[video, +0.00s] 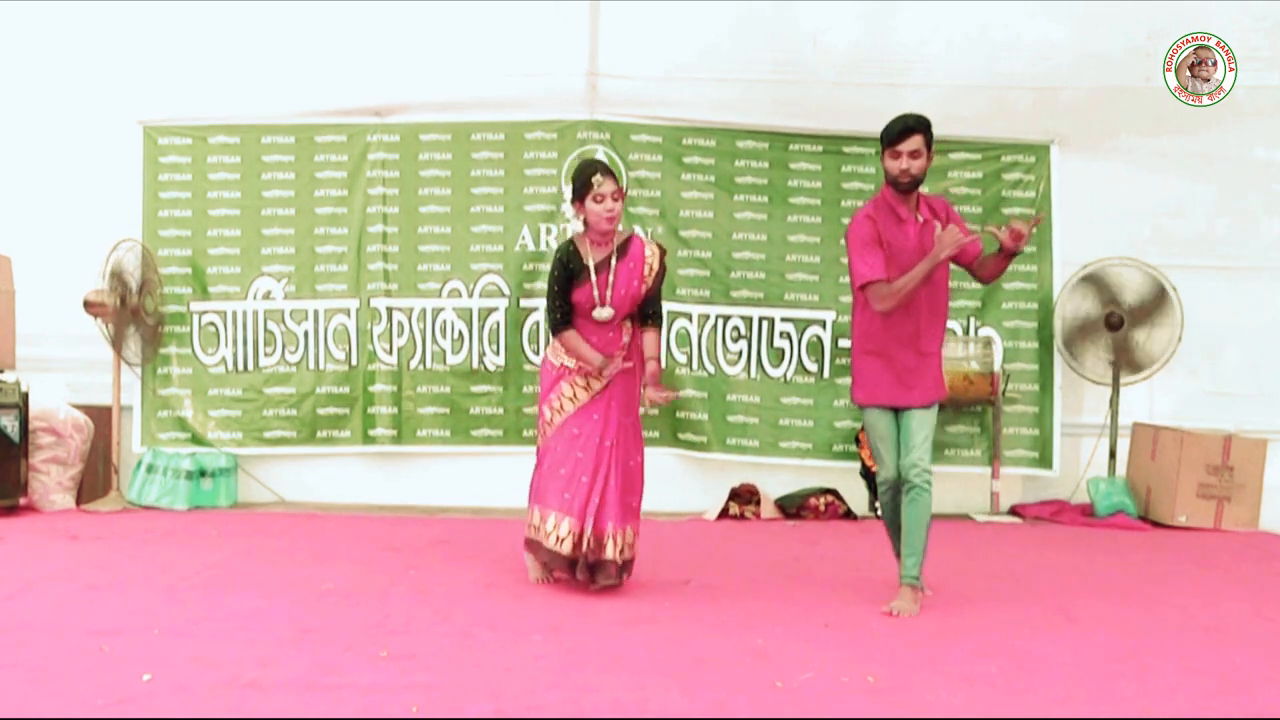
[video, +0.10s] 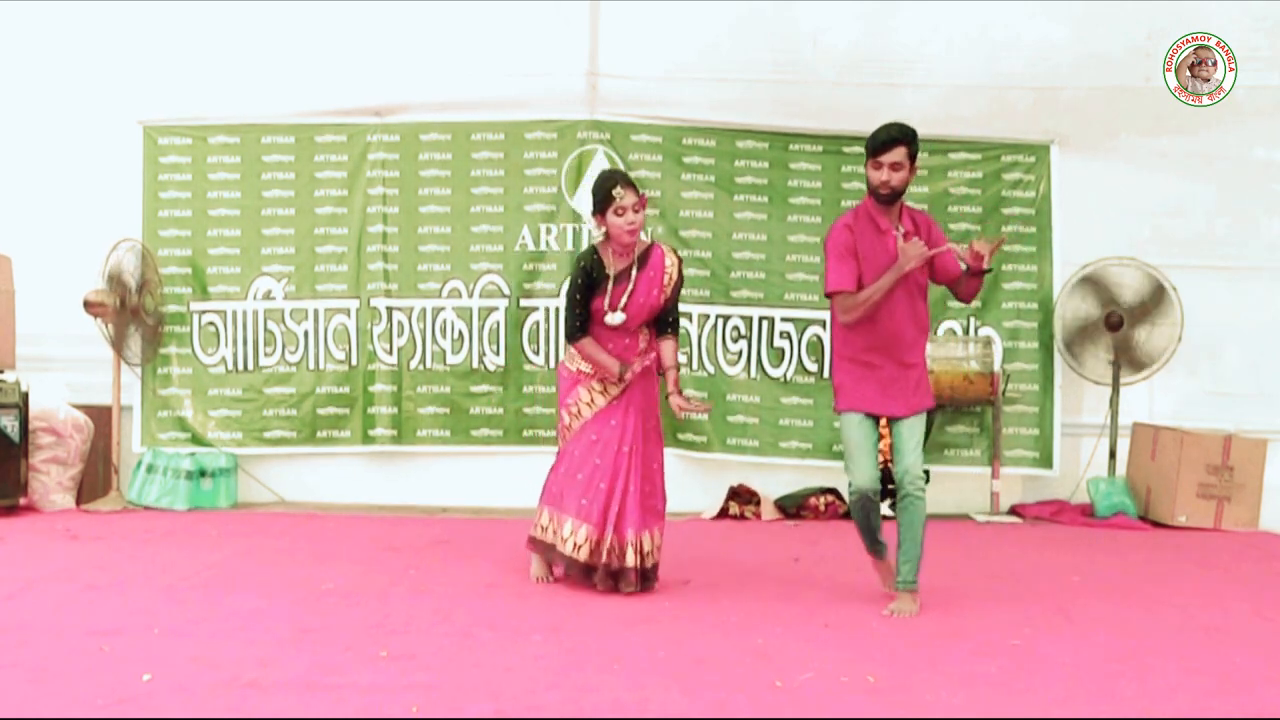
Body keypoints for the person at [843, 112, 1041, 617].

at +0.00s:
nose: (906, 164)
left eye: (916, 156)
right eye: (896, 155)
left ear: (929, 159)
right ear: (883, 158)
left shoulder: (940, 214)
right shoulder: (866, 221)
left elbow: (985, 271)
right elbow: (880, 298)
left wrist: (1007, 249)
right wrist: (934, 256)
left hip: (922, 364)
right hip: (875, 365)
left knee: (916, 470)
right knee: (891, 475)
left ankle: (911, 584)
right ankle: (909, 573)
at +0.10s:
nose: (887, 176)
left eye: (897, 167)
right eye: (879, 166)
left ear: (913, 171)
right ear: (865, 167)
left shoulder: (922, 226)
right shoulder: (845, 232)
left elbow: (964, 293)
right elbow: (846, 311)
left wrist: (977, 267)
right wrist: (900, 268)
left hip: (909, 373)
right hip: (856, 374)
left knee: (910, 477)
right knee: (863, 486)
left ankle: (908, 589)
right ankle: (878, 550)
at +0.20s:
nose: (869, 170)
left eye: (880, 162)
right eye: (862, 160)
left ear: (897, 165)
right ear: (849, 159)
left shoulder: (908, 216)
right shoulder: (829, 220)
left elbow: (953, 281)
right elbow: (828, 299)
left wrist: (966, 255)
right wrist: (881, 254)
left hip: (892, 362)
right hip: (838, 362)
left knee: (896, 475)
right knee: (844, 471)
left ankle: (901, 586)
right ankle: (856, 563)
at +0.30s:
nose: (841, 163)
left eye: (852, 155)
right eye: (833, 153)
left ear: (869, 157)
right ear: (821, 152)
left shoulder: (881, 205)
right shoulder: (800, 210)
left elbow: (931, 267)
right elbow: (803, 285)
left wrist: (946, 245)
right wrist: (860, 246)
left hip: (863, 356)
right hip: (812, 357)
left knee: (861, 460)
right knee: (826, 467)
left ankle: (862, 573)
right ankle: (849, 569)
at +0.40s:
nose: (822, 164)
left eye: (834, 156)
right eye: (815, 154)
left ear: (850, 159)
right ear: (803, 152)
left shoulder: (863, 207)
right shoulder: (780, 213)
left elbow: (911, 268)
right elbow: (784, 293)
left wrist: (929, 254)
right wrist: (844, 259)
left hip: (844, 359)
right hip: (795, 360)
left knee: (833, 465)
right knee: (811, 472)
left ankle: (828, 581)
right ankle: (845, 563)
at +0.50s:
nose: (790, 176)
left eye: (801, 167)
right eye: (782, 165)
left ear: (817, 170)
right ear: (770, 164)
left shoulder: (832, 221)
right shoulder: (748, 228)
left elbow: (876, 288)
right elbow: (743, 313)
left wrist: (898, 290)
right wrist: (806, 288)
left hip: (814, 373)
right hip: (761, 373)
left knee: (808, 476)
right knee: (768, 482)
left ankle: (813, 589)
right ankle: (816, 555)